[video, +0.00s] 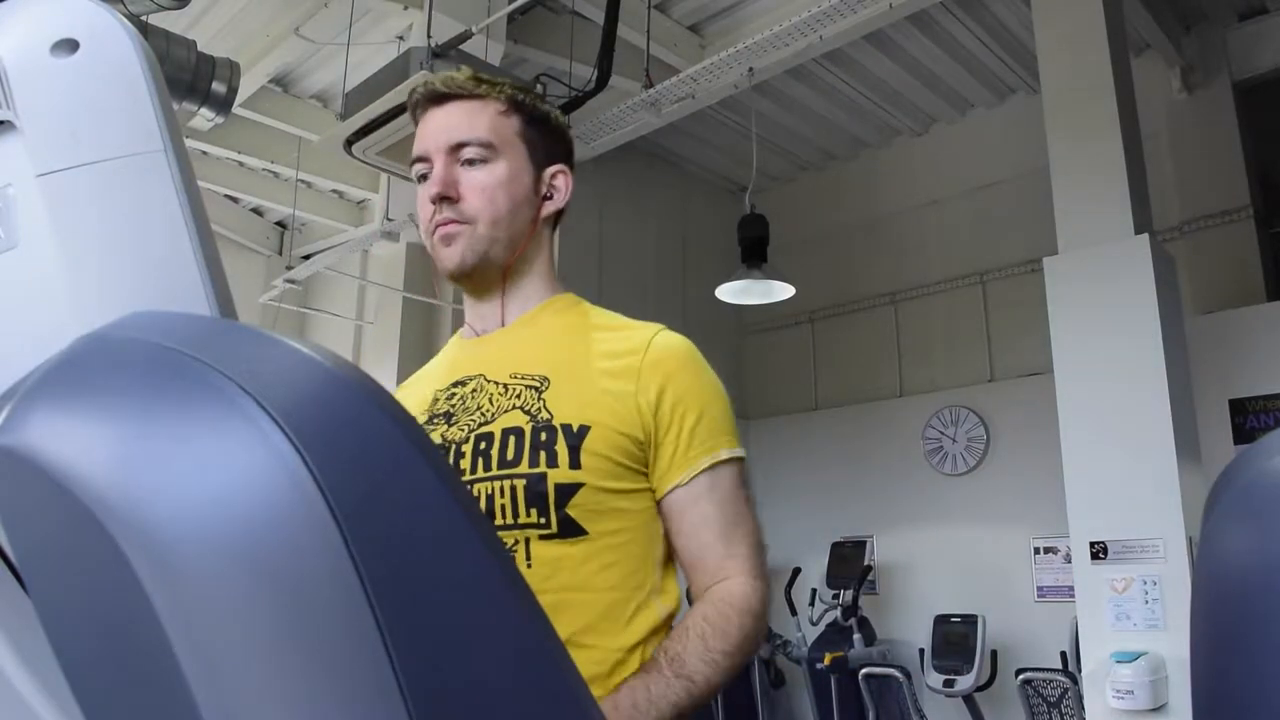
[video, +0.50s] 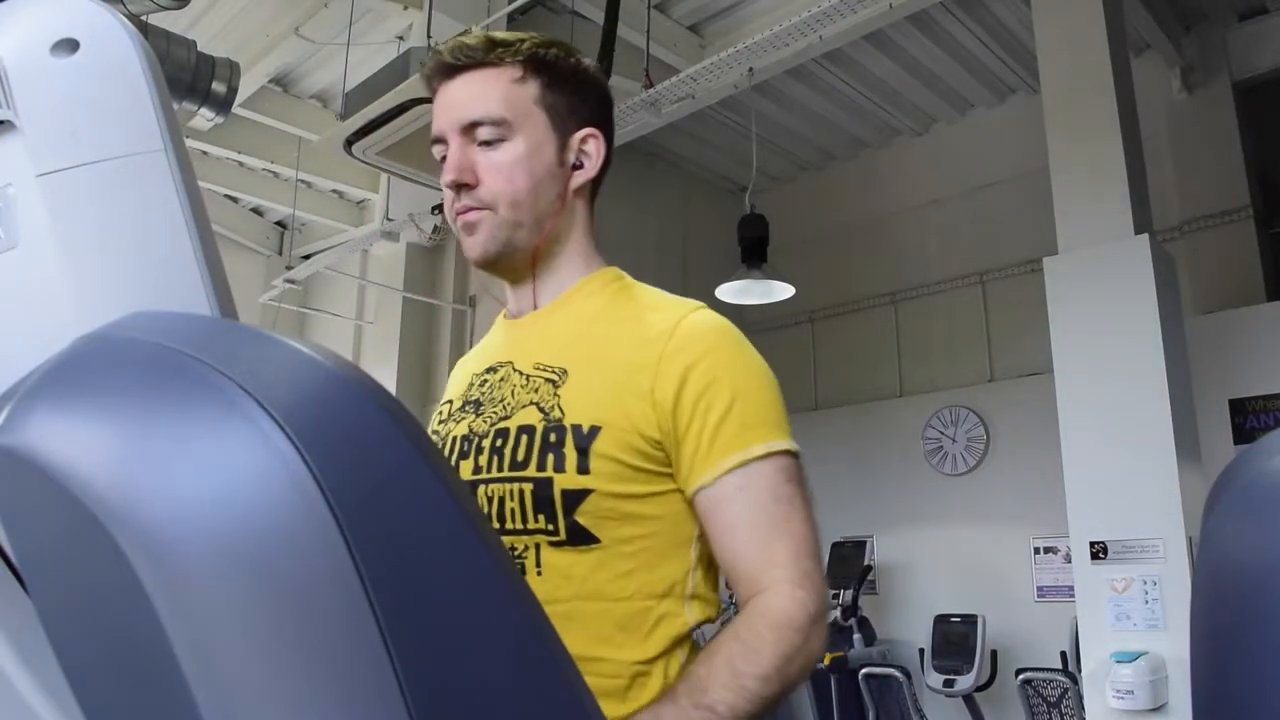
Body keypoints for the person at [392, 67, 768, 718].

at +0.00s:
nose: (437, 188)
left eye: (472, 158)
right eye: (423, 171)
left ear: (551, 190)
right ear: (414, 200)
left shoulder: (653, 363)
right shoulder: (401, 407)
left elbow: (733, 597)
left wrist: (616, 708)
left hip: (604, 701)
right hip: (445, 703)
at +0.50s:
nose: (451, 173)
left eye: (488, 138)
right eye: (442, 150)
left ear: (582, 158)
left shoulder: (687, 345)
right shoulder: (465, 378)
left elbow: (789, 609)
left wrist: (662, 714)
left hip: (620, 700)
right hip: (466, 701)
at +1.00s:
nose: (327, 176)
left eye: (362, 140)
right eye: (314, 154)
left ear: (458, 158)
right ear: (311, 176)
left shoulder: (576, 347)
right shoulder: (339, 382)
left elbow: (667, 615)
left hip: (536, 701)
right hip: (372, 702)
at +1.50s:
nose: (340, 210)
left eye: (375, 170)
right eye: (324, 185)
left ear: (468, 181)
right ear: (318, 203)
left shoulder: (597, 369)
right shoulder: (353, 404)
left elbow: (676, 645)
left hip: (579, 701)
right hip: (410, 704)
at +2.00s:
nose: (497, 225)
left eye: (533, 193)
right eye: (486, 203)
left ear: (618, 216)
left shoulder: (721, 401)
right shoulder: (474, 425)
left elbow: (729, 677)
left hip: (646, 701)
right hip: (484, 700)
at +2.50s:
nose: (559, 225)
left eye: (591, 197)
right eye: (547, 207)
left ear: (668, 222)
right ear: (539, 231)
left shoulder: (767, 394)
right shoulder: (497, 424)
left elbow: (821, 640)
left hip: (717, 702)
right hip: (540, 704)